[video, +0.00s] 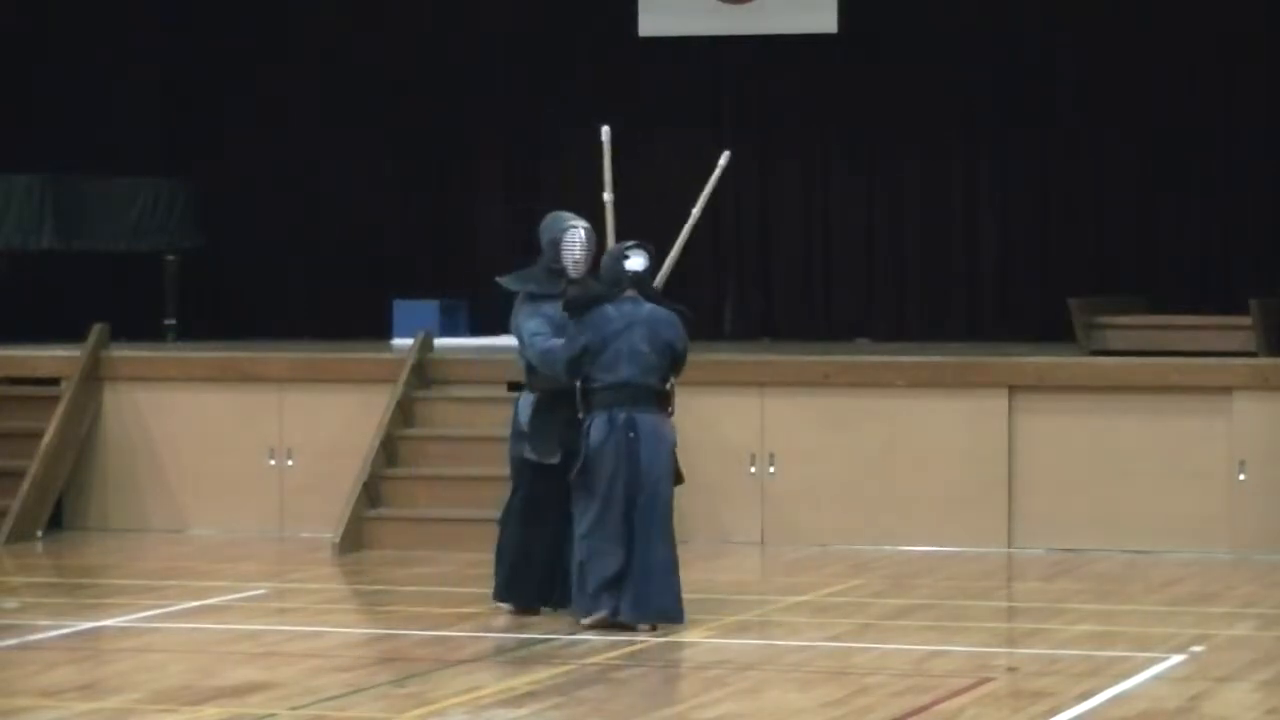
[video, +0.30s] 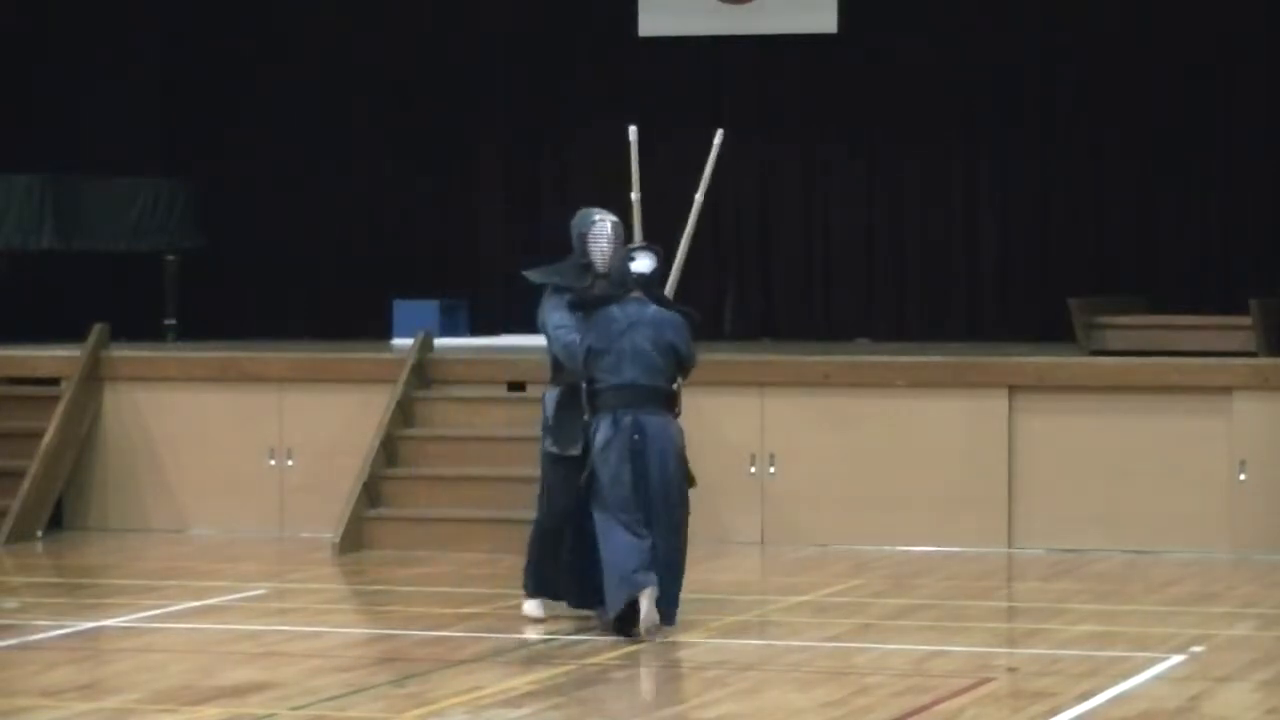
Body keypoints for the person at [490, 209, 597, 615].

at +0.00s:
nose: (579, 254)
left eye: (584, 246)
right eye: (570, 246)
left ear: (592, 249)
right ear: (551, 249)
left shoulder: (597, 293)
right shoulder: (534, 301)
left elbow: (621, 334)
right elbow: (546, 355)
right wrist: (596, 349)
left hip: (589, 406)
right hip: (544, 405)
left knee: (577, 500)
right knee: (535, 498)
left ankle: (572, 594)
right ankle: (515, 595)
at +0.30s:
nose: (603, 248)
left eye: (610, 238)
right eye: (595, 238)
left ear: (620, 244)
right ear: (580, 242)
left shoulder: (630, 292)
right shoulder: (558, 296)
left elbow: (652, 334)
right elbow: (572, 351)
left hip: (616, 405)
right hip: (569, 403)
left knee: (610, 501)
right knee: (559, 500)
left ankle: (606, 594)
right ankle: (537, 591)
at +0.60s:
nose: (597, 251)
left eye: (603, 243)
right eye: (589, 244)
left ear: (615, 247)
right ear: (575, 249)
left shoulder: (630, 292)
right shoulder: (558, 293)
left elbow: (647, 337)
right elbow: (559, 342)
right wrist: (599, 365)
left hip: (617, 409)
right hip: (569, 410)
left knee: (611, 507)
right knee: (569, 508)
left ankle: (608, 602)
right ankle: (562, 604)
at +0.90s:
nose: (577, 261)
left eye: (584, 252)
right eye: (569, 252)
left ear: (595, 255)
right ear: (552, 256)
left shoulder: (608, 302)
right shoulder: (534, 300)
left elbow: (622, 342)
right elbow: (540, 335)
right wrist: (599, 340)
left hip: (595, 418)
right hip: (545, 419)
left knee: (594, 511)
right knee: (550, 511)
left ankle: (593, 604)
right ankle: (556, 608)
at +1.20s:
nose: (550, 257)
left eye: (556, 248)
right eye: (541, 249)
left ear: (565, 252)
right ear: (523, 253)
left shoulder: (567, 296)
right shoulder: (506, 303)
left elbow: (603, 316)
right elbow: (547, 331)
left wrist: (634, 308)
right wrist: (597, 319)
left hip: (552, 411)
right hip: (514, 412)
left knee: (551, 504)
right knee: (526, 505)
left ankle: (553, 597)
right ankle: (528, 600)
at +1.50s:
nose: (533, 254)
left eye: (537, 245)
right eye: (524, 245)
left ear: (543, 249)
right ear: (502, 248)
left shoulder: (542, 296)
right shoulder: (485, 301)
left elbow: (578, 323)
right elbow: (525, 332)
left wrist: (615, 309)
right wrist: (583, 329)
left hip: (525, 412)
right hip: (490, 411)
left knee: (526, 508)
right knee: (493, 506)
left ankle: (512, 603)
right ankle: (476, 603)